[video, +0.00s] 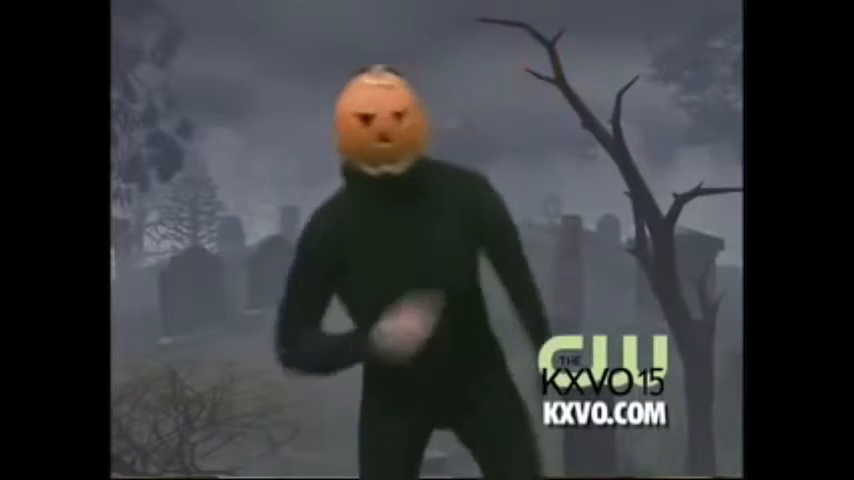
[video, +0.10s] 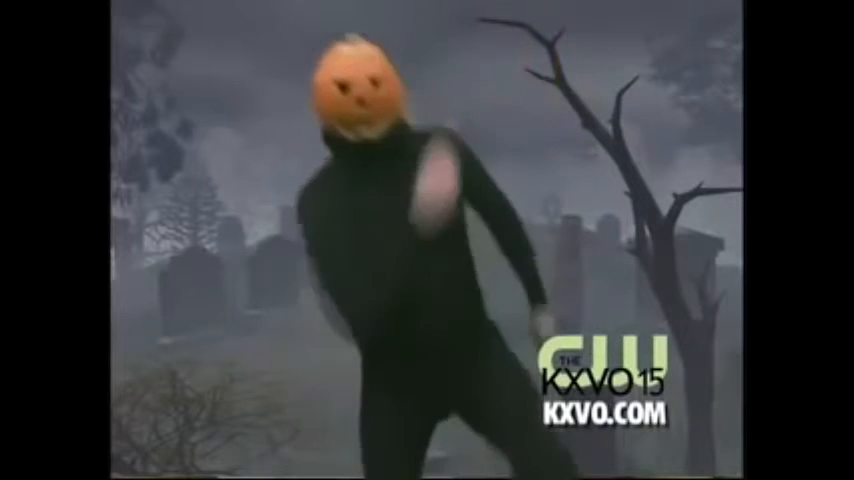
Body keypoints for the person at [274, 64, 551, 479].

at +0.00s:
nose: (384, 130)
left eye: (398, 116)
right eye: (365, 119)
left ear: (419, 123)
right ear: (342, 132)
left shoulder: (466, 193)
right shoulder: (332, 226)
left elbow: (521, 288)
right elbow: (294, 348)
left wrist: (553, 364)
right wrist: (369, 342)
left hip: (478, 383)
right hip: (394, 393)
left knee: (519, 469)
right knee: (382, 471)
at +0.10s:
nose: (363, 96)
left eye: (375, 81)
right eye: (344, 87)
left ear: (396, 86)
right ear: (322, 106)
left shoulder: (440, 152)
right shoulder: (320, 198)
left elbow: (503, 221)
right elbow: (363, 314)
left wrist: (539, 302)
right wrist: (419, 227)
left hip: (474, 356)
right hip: (394, 375)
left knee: (549, 463)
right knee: (388, 471)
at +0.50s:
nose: (370, 97)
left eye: (381, 83)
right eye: (350, 88)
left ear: (400, 94)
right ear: (325, 110)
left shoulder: (423, 162)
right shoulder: (326, 200)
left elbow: (452, 242)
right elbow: (385, 272)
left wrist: (501, 302)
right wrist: (482, 192)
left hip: (464, 361)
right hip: (394, 385)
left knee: (581, 373)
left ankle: (536, 474)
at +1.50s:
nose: (540, 105)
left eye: (551, 98)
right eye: (526, 93)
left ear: (559, 116)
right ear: (495, 101)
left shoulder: (552, 185)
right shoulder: (454, 167)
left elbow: (486, 209)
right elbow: (403, 244)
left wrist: (408, 184)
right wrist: (347, 255)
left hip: (479, 355)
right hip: (410, 332)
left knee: (480, 471)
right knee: (308, 348)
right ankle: (314, 473)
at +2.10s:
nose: (397, 117)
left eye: (399, 108)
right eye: (380, 114)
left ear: (410, 114)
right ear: (343, 133)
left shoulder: (426, 178)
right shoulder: (324, 210)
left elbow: (477, 268)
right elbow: (349, 321)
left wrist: (516, 346)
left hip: (453, 363)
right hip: (382, 378)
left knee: (531, 463)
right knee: (379, 471)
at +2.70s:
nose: (397, 107)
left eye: (400, 96)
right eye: (379, 103)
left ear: (417, 107)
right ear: (352, 125)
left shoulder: (423, 177)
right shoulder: (341, 211)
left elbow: (444, 244)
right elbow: (385, 294)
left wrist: (479, 281)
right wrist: (429, 225)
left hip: (444, 349)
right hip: (384, 368)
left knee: (555, 391)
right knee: (387, 471)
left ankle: (520, 474)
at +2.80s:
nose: (415, 95)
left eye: (425, 84)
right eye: (399, 87)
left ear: (438, 95)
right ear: (371, 103)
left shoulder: (456, 153)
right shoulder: (353, 187)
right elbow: (353, 297)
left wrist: (496, 221)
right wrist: (401, 241)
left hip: (456, 337)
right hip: (389, 349)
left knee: (547, 427)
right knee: (386, 470)